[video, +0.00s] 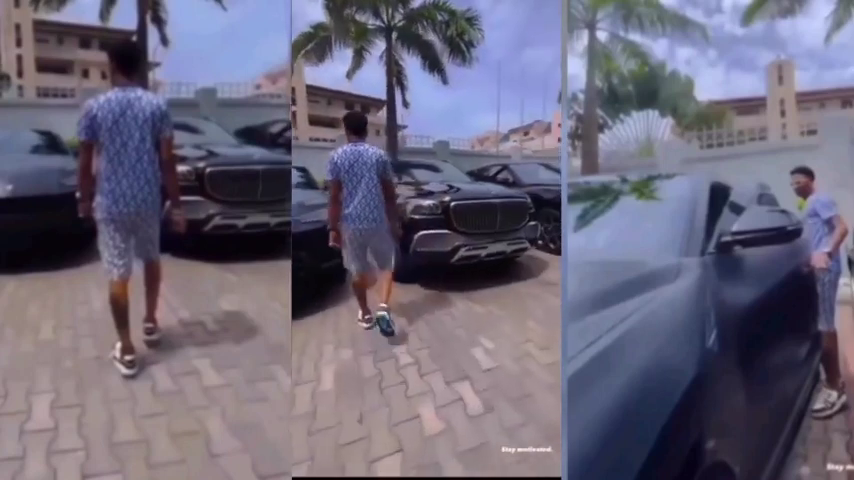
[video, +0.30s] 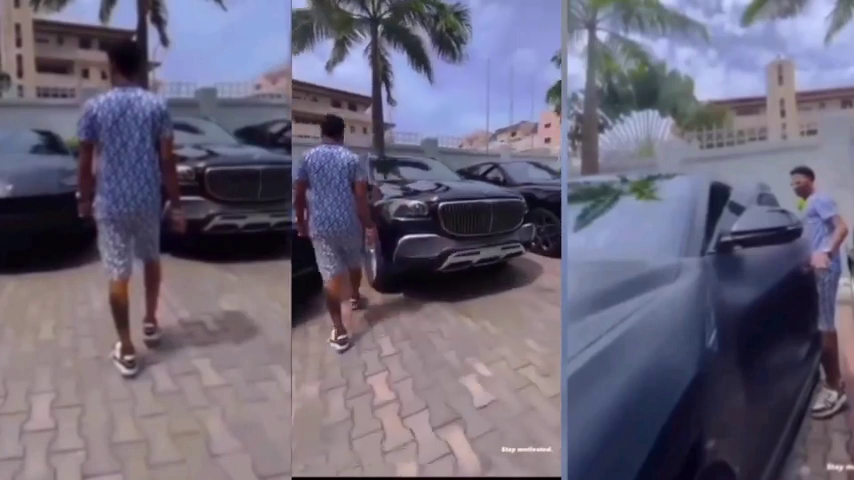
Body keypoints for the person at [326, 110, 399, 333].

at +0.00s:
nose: (352, 134)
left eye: (347, 129)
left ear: (345, 130)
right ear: (366, 130)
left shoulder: (336, 157)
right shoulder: (378, 155)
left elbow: (334, 196)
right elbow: (389, 193)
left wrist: (333, 228)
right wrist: (394, 222)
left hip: (351, 223)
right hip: (378, 222)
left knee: (357, 271)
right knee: (387, 265)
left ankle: (365, 313)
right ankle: (384, 305)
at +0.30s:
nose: (336, 137)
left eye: (328, 133)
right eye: (340, 133)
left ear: (321, 133)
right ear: (342, 133)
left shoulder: (309, 157)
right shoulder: (352, 158)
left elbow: (299, 193)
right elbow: (360, 195)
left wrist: (301, 222)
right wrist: (368, 223)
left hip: (320, 224)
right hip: (348, 223)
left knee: (330, 277)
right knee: (354, 262)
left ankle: (339, 331)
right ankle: (355, 296)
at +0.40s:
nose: (331, 140)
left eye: (323, 135)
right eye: (335, 136)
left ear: (316, 135)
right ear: (337, 137)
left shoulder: (302, 160)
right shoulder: (346, 162)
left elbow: (296, 196)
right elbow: (353, 197)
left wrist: (297, 226)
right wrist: (361, 225)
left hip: (313, 227)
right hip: (341, 225)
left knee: (322, 280)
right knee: (345, 263)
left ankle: (329, 336)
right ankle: (343, 297)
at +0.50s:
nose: (325, 141)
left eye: (319, 135)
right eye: (330, 137)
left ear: (313, 135)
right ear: (334, 137)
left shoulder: (299, 160)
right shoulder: (342, 163)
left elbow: (293, 197)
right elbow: (349, 198)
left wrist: (295, 226)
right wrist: (356, 225)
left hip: (308, 226)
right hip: (336, 225)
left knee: (313, 277)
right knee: (340, 263)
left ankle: (319, 327)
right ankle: (338, 301)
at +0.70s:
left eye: (303, 131)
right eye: (322, 132)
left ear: (302, 132)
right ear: (323, 133)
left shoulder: (292, 156)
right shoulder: (331, 160)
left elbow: (286, 188)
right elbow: (341, 194)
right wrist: (344, 221)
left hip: (299, 219)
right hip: (326, 219)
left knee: (301, 263)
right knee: (329, 266)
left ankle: (307, 306)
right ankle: (325, 311)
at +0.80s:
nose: (298, 134)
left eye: (297, 130)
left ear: (297, 132)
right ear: (318, 132)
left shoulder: (289, 156)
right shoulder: (328, 159)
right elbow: (339, 193)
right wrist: (342, 216)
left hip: (296, 221)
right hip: (324, 221)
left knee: (299, 266)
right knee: (324, 269)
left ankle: (301, 306)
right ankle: (322, 318)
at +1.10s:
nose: (303, 139)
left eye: (297, 135)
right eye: (308, 134)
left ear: (294, 136)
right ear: (315, 135)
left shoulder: (289, 160)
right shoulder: (325, 161)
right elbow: (336, 190)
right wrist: (335, 206)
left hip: (299, 222)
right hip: (324, 221)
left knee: (307, 264)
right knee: (327, 267)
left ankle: (317, 297)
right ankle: (323, 320)